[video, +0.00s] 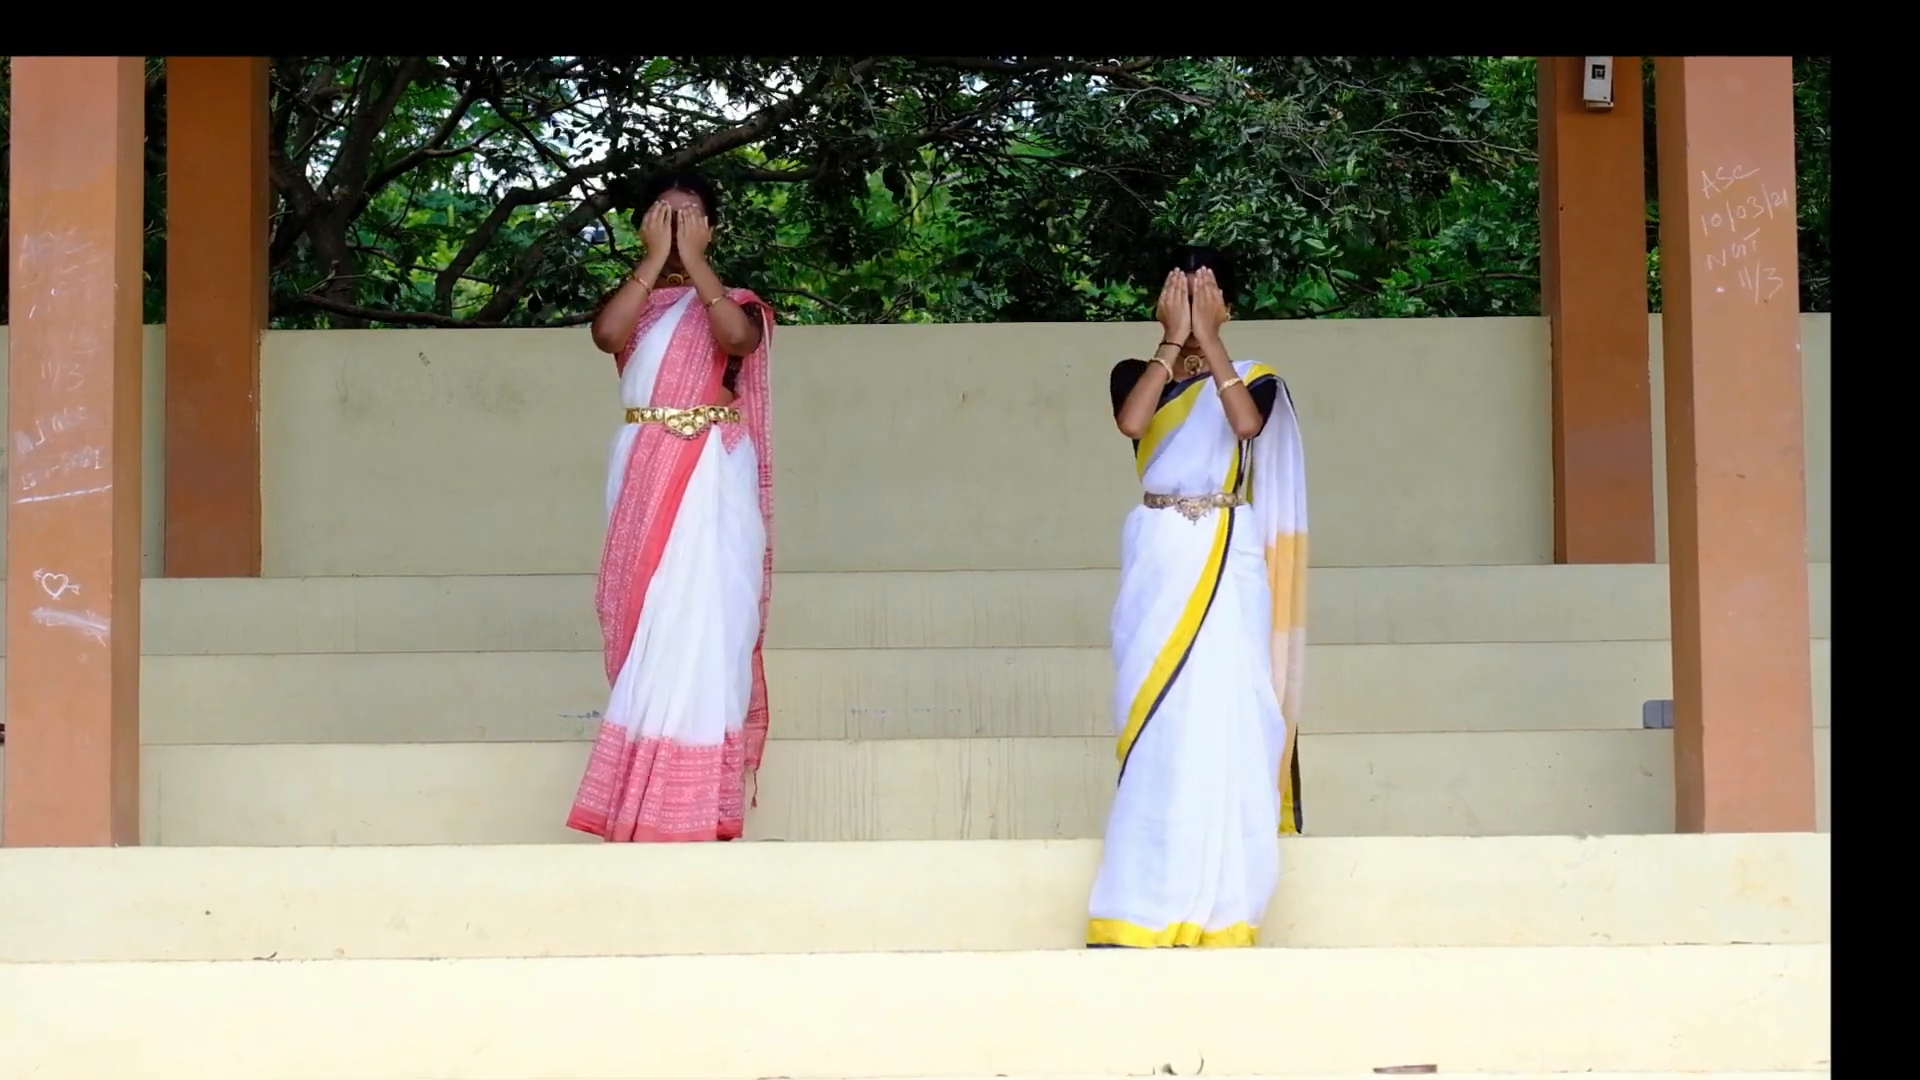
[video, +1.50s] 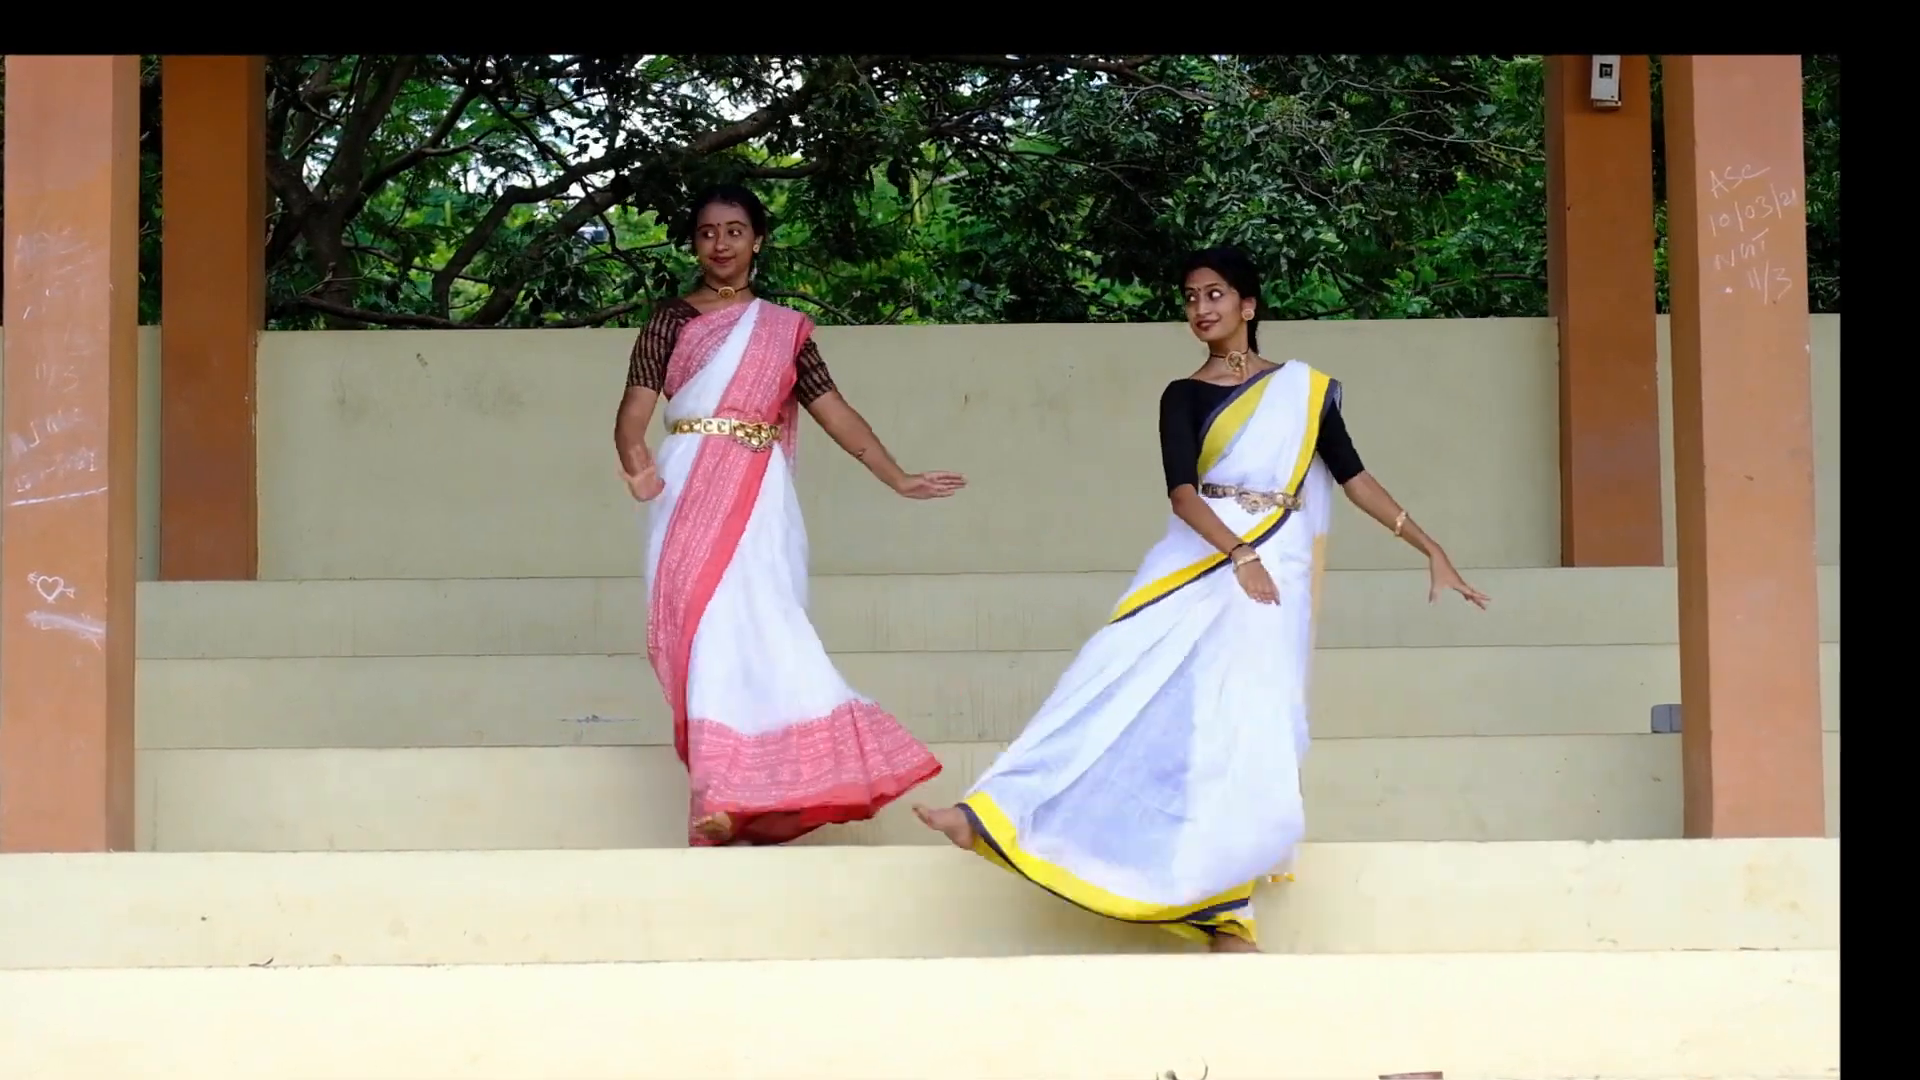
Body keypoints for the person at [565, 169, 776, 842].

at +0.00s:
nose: (675, 226)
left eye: (690, 215)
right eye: (665, 214)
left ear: (712, 227)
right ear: (647, 228)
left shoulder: (738, 301)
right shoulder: (635, 301)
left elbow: (740, 339)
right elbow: (608, 334)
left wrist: (694, 261)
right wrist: (654, 258)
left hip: (712, 477)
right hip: (644, 477)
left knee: (700, 629)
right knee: (648, 628)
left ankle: (690, 806)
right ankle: (642, 800)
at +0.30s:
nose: (678, 227)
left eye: (692, 215)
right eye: (667, 214)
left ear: (714, 227)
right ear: (649, 226)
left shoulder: (740, 302)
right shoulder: (636, 301)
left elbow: (741, 339)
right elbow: (609, 334)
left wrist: (695, 260)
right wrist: (657, 257)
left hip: (713, 479)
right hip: (645, 479)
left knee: (704, 631)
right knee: (649, 629)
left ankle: (693, 807)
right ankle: (641, 802)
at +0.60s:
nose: (690, 227)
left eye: (701, 215)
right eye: (678, 215)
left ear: (719, 223)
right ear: (656, 224)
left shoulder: (741, 300)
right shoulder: (638, 300)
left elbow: (751, 349)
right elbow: (597, 346)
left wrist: (702, 275)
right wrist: (656, 270)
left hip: (720, 479)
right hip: (650, 478)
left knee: (708, 632)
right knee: (653, 630)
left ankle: (699, 810)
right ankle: (647, 805)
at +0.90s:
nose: (734, 239)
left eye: (739, 227)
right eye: (719, 227)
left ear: (744, 236)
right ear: (684, 236)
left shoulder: (759, 316)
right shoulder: (639, 315)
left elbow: (771, 401)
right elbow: (610, 401)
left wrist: (703, 433)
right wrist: (580, 478)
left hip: (737, 494)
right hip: (663, 494)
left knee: (728, 632)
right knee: (679, 636)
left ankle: (715, 808)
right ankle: (684, 801)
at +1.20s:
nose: (753, 245)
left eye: (758, 234)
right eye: (739, 232)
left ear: (761, 242)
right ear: (700, 239)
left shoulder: (771, 319)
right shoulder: (653, 315)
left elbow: (781, 398)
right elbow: (582, 386)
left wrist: (712, 406)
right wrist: (503, 420)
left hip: (748, 472)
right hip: (674, 475)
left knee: (764, 581)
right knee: (705, 612)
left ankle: (856, 698)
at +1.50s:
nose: (720, 243)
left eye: (733, 230)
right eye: (708, 232)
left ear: (757, 239)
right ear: (693, 243)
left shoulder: (784, 328)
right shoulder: (669, 320)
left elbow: (835, 411)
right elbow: (636, 407)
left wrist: (896, 477)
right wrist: (634, 455)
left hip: (756, 487)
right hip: (684, 486)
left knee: (751, 621)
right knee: (697, 625)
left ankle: (734, 795)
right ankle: (721, 791)